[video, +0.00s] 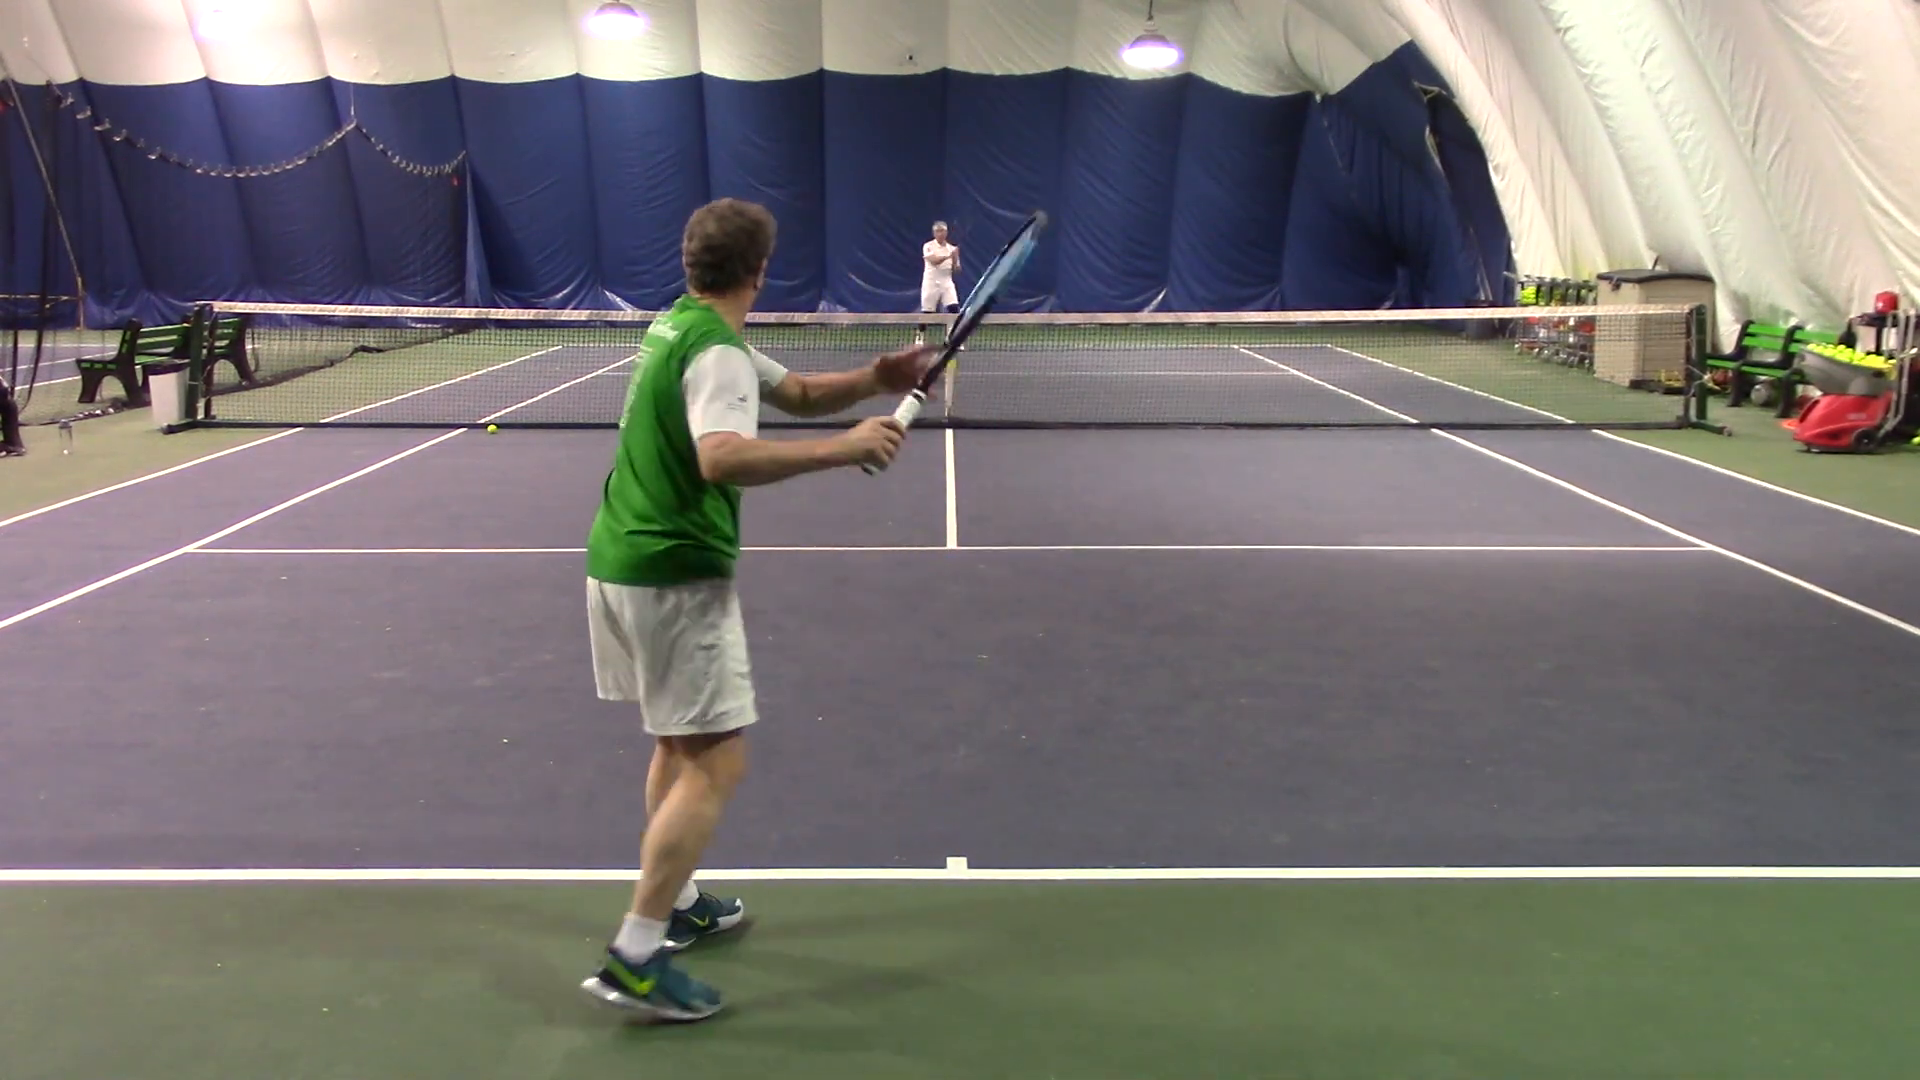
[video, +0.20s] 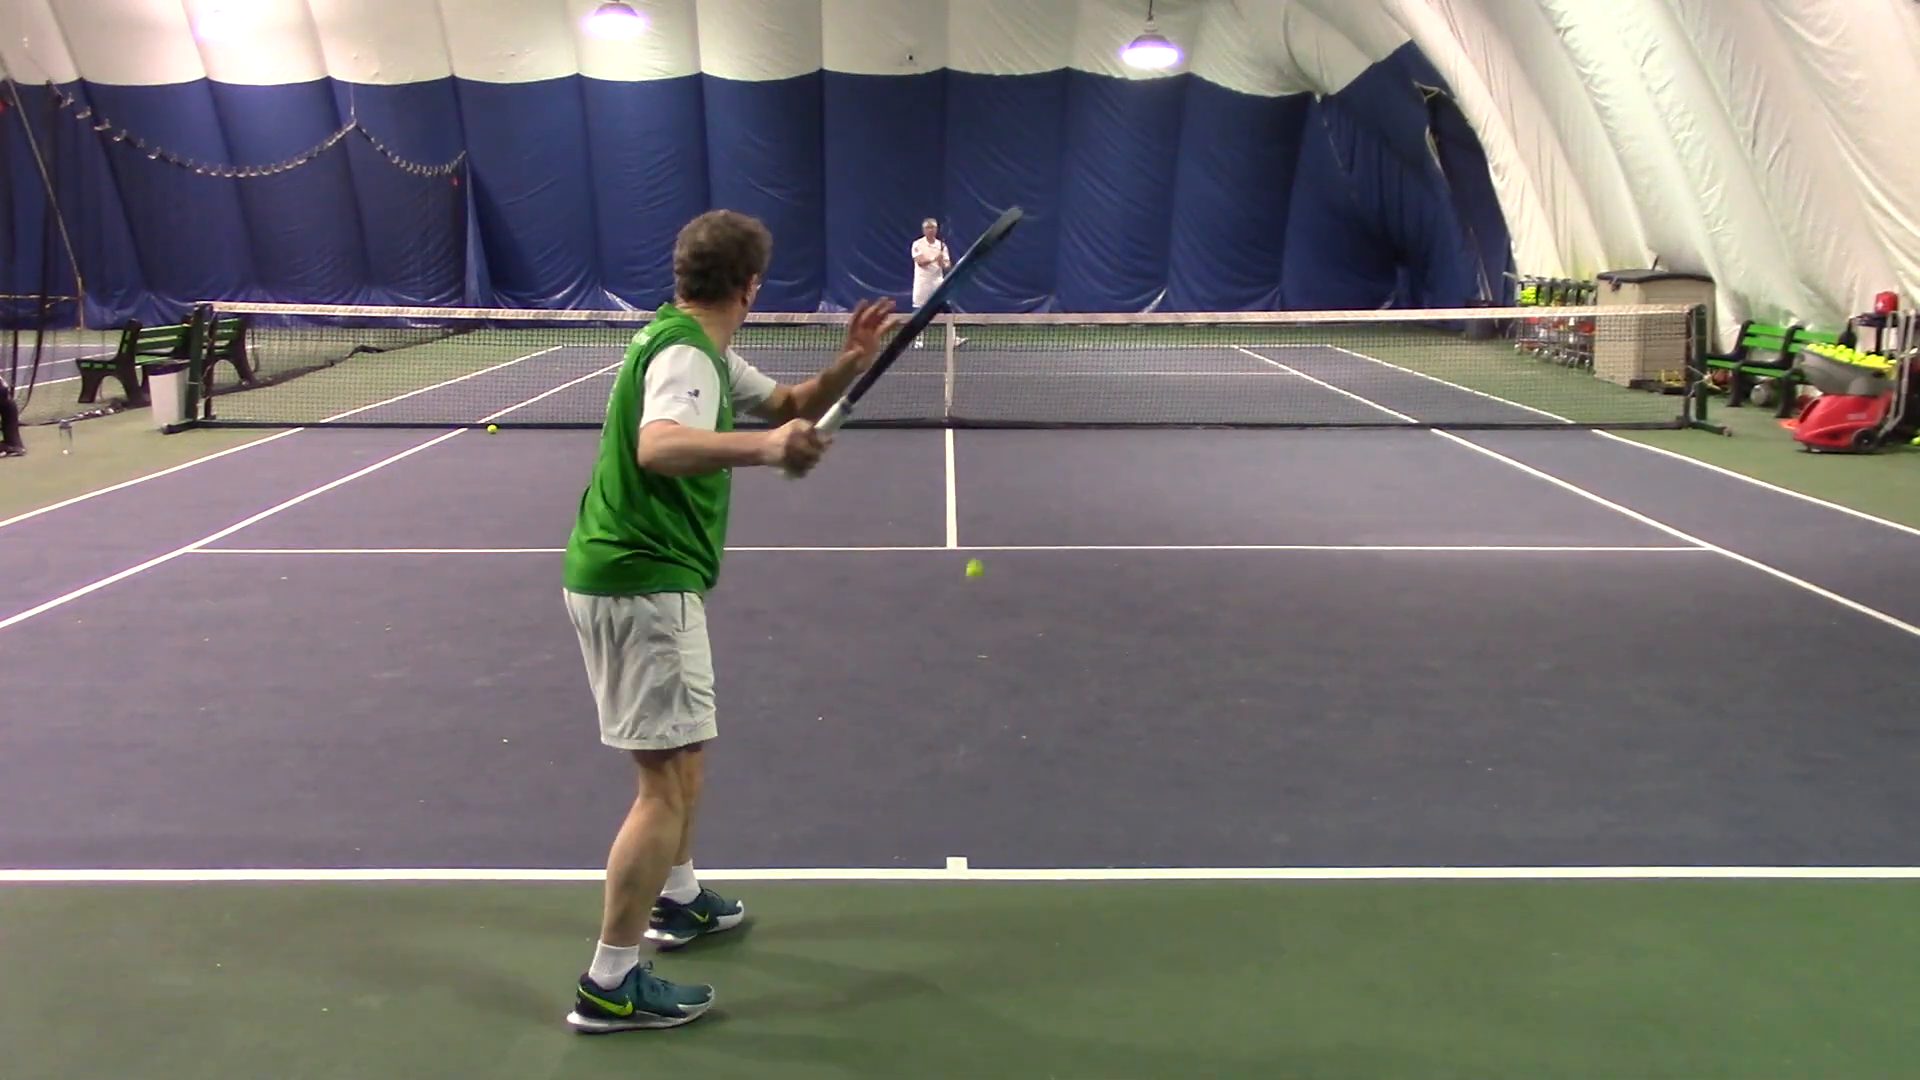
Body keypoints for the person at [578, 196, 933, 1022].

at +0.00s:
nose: (769, 273)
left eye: (761, 260)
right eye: (769, 262)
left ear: (691, 265)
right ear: (759, 272)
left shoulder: (676, 330)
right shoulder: (718, 350)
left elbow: (791, 392)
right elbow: (721, 456)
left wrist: (877, 377)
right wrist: (840, 448)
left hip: (624, 570)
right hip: (677, 580)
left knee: (675, 746)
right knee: (717, 764)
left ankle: (669, 903)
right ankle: (634, 953)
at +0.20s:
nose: (761, 290)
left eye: (757, 278)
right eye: (761, 279)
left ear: (685, 275)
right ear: (747, 287)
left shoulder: (689, 343)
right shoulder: (685, 350)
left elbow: (782, 409)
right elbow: (660, 445)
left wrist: (849, 365)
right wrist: (768, 444)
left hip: (638, 581)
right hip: (640, 589)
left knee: (684, 751)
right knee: (665, 785)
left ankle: (675, 900)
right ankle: (609, 978)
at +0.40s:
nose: (765, 290)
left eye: (765, 279)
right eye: (765, 279)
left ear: (686, 275)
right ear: (750, 286)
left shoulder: (667, 337)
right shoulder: (688, 351)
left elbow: (709, 426)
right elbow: (665, 446)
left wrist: (788, 396)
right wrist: (740, 471)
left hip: (622, 577)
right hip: (635, 587)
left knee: (673, 738)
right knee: (670, 784)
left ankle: (677, 877)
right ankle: (611, 976)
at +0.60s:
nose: (782, 305)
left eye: (784, 293)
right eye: (782, 294)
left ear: (704, 285)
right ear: (763, 298)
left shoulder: (660, 337)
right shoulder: (715, 373)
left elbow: (608, 411)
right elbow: (736, 487)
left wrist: (718, 406)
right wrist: (826, 536)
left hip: (600, 583)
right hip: (655, 595)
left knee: (670, 746)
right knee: (668, 786)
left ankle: (694, 880)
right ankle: (611, 977)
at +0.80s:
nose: (787, 302)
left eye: (788, 289)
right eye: (788, 290)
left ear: (709, 279)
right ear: (765, 295)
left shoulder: (636, 324)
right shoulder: (764, 383)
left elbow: (571, 368)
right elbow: (820, 482)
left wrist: (629, 341)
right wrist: (901, 496)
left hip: (616, 570)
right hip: (693, 582)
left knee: (677, 733)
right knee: (684, 764)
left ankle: (697, 880)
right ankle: (626, 946)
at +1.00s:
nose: (825, 299)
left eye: (825, 288)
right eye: (825, 290)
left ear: (745, 277)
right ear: (807, 300)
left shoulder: (666, 320)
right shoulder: (808, 365)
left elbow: (558, 336)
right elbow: (758, 360)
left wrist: (628, 349)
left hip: (640, 562)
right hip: (724, 574)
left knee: (684, 723)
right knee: (711, 750)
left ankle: (699, 878)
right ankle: (659, 923)